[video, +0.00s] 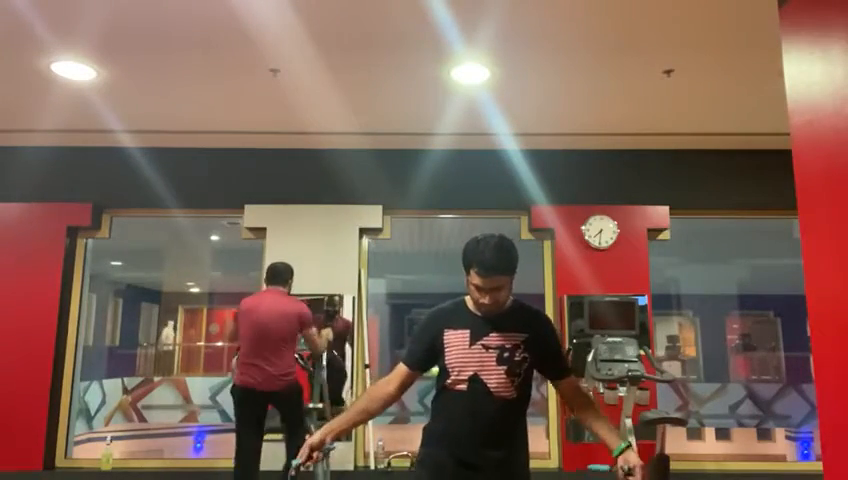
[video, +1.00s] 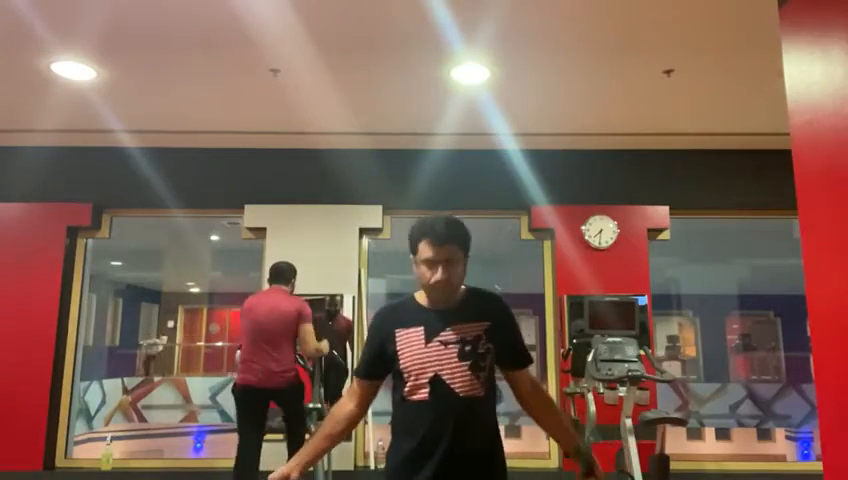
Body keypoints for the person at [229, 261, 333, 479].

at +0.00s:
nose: (290, 285)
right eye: (291, 282)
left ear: (266, 281)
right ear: (289, 283)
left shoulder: (246, 304)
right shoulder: (298, 308)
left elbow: (231, 337)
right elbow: (317, 348)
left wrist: (255, 331)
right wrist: (325, 336)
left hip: (248, 387)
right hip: (284, 386)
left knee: (247, 445)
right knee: (295, 433)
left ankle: (245, 477)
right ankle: (294, 473)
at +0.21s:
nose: (296, 282)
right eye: (296, 278)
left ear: (271, 276)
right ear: (295, 278)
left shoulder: (252, 299)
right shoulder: (301, 302)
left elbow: (245, 339)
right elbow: (310, 346)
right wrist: (322, 347)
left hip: (251, 381)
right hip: (286, 381)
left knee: (253, 440)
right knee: (291, 438)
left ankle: (246, 476)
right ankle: (295, 475)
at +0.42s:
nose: (295, 283)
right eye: (296, 280)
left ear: (271, 278)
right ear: (295, 280)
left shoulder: (250, 302)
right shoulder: (305, 305)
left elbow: (239, 338)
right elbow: (324, 342)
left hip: (255, 382)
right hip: (291, 383)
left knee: (254, 428)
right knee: (286, 433)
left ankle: (252, 473)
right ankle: (283, 475)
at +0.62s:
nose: (292, 281)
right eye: (293, 278)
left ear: (268, 277)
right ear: (293, 278)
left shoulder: (248, 300)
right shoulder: (304, 303)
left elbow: (228, 342)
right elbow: (321, 330)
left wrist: (236, 353)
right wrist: (331, 326)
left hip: (251, 381)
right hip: (286, 382)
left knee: (256, 426)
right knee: (282, 433)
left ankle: (256, 473)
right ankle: (277, 474)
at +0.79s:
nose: (292, 282)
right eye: (292, 279)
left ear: (267, 277)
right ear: (291, 278)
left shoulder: (246, 298)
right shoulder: (299, 302)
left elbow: (228, 337)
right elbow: (319, 337)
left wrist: (252, 331)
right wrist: (327, 328)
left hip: (249, 383)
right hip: (285, 382)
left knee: (251, 444)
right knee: (292, 439)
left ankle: (250, 477)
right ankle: (291, 475)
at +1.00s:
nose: (294, 285)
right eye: (294, 282)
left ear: (269, 280)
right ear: (292, 282)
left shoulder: (249, 303)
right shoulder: (299, 306)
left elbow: (247, 342)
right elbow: (308, 350)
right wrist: (323, 347)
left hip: (249, 384)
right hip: (285, 383)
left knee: (248, 443)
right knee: (296, 429)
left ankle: (244, 476)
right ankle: (296, 473)